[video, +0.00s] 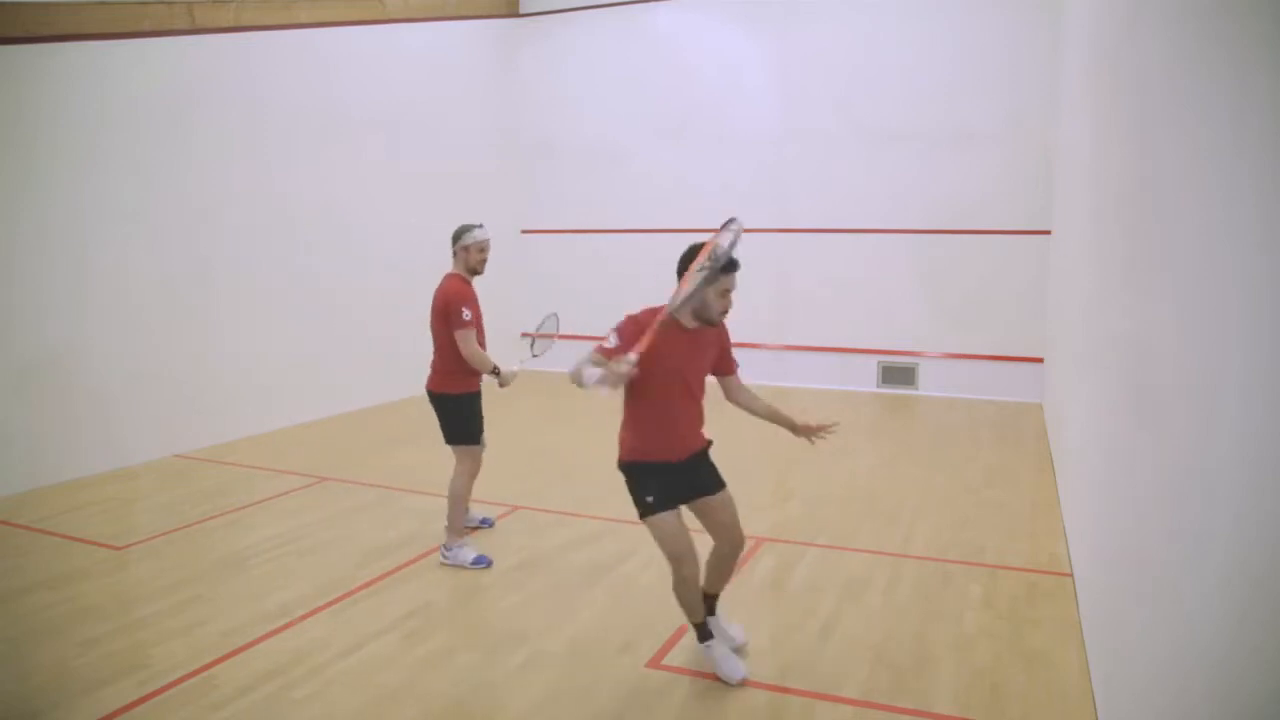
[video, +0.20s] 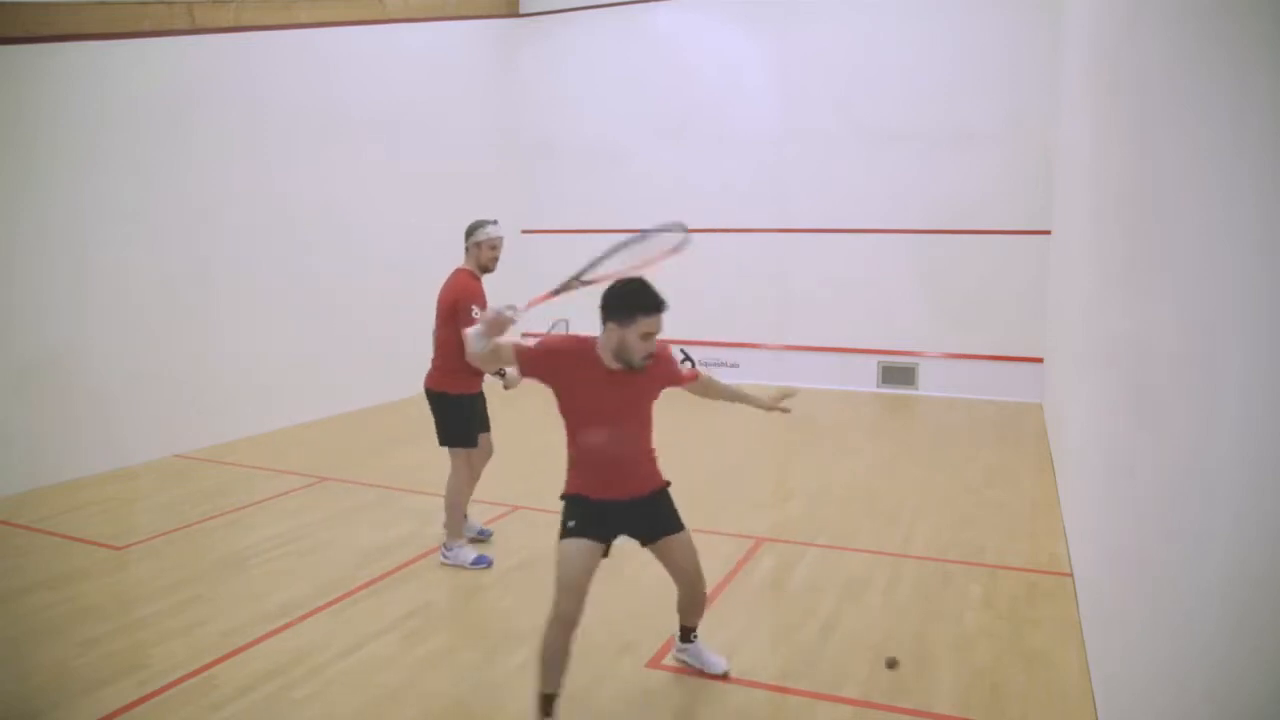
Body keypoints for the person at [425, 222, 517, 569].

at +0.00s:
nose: (486, 256)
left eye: (487, 249)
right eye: (480, 250)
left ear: (477, 252)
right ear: (461, 252)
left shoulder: (461, 287)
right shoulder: (456, 291)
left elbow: (465, 345)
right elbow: (468, 349)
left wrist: (491, 368)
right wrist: (497, 371)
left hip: (462, 387)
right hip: (453, 390)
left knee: (474, 453)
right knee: (467, 460)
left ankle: (460, 516)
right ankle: (453, 544)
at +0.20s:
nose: (495, 254)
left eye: (498, 248)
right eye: (489, 247)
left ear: (495, 249)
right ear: (471, 248)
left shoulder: (469, 283)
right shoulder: (465, 286)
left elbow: (482, 338)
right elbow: (474, 348)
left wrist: (502, 365)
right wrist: (500, 371)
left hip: (467, 386)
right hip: (450, 389)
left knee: (482, 451)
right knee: (464, 461)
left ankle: (458, 518)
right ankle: (452, 543)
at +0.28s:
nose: (497, 253)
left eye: (500, 246)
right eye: (490, 247)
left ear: (501, 249)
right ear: (473, 249)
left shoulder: (466, 281)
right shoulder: (471, 287)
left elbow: (446, 338)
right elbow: (475, 347)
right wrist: (507, 378)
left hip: (463, 386)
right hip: (458, 389)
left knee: (481, 453)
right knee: (465, 462)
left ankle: (457, 524)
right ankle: (453, 542)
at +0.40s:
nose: (504, 258)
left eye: (507, 251)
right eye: (498, 251)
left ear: (507, 252)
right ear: (479, 251)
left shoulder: (473, 286)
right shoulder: (472, 292)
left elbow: (473, 350)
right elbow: (475, 353)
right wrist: (508, 385)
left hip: (458, 391)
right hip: (454, 394)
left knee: (474, 459)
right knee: (469, 461)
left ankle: (462, 531)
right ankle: (454, 537)